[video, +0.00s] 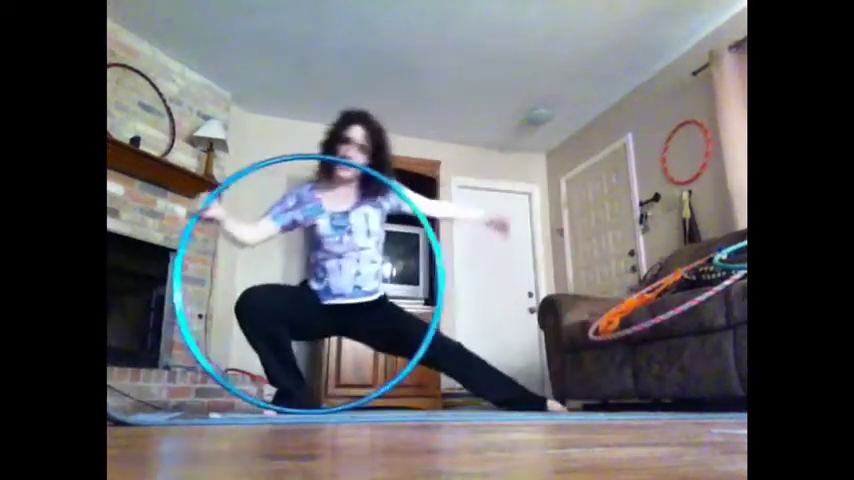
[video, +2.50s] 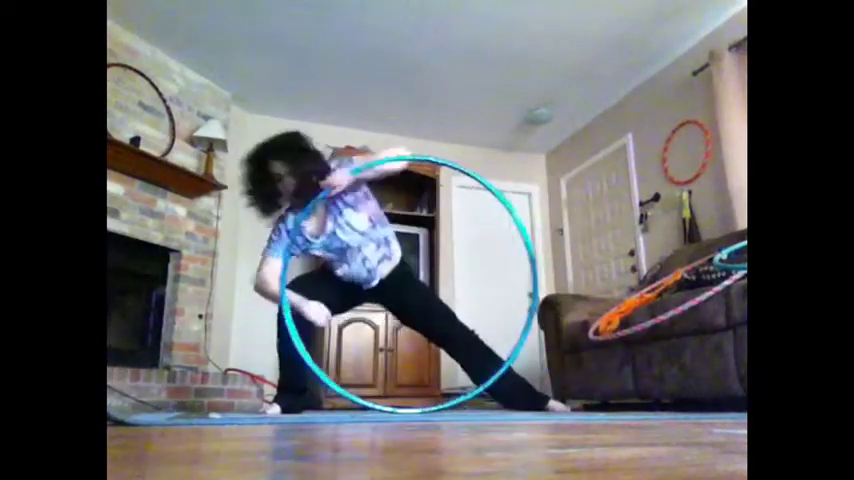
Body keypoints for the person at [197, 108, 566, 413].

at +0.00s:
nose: (351, 152)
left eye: (361, 147)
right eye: (345, 142)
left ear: (372, 157)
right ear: (330, 146)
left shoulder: (381, 196)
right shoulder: (306, 198)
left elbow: (437, 209)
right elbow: (249, 235)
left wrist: (487, 218)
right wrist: (219, 215)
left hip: (371, 309)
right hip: (318, 306)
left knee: (443, 349)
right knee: (253, 304)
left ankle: (538, 407)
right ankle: (296, 400)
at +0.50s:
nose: (321, 165)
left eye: (328, 156)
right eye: (312, 158)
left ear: (343, 159)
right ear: (302, 165)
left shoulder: (366, 186)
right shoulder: (302, 214)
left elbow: (387, 125)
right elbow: (274, 264)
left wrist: (342, 83)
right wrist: (257, 215)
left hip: (365, 314)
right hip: (319, 313)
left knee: (447, 346)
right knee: (263, 307)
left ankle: (538, 410)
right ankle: (290, 402)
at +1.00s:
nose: (413, 184)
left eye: (414, 176)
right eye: (405, 181)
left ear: (427, 174)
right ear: (396, 189)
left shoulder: (451, 192)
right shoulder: (400, 222)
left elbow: (486, 148)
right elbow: (439, 252)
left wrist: (439, 155)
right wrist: (456, 198)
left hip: (438, 308)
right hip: (390, 306)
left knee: (510, 316)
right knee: (336, 311)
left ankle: (533, 403)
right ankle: (290, 403)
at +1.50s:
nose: (523, 222)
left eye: (528, 213)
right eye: (513, 217)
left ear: (542, 214)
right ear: (503, 224)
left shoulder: (547, 240)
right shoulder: (498, 258)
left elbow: (604, 222)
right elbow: (536, 307)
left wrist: (575, 186)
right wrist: (594, 336)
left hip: (504, 331)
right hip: (455, 330)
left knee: (568, 326)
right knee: (385, 359)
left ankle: (534, 411)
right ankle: (294, 405)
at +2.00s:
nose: (439, 217)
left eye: (446, 211)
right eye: (433, 209)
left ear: (460, 215)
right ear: (420, 210)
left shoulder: (463, 246)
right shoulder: (399, 236)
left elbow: (506, 211)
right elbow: (345, 257)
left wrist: (462, 180)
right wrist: (377, 308)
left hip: (443, 312)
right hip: (393, 308)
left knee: (512, 317)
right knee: (338, 313)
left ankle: (540, 404)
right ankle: (295, 403)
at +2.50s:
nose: (282, 187)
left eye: (285, 176)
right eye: (275, 183)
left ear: (305, 166)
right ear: (272, 188)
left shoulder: (343, 174)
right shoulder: (288, 225)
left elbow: (401, 159)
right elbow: (264, 280)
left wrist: (354, 174)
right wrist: (300, 300)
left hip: (391, 275)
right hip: (343, 282)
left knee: (455, 336)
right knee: (291, 303)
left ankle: (535, 404)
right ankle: (294, 402)